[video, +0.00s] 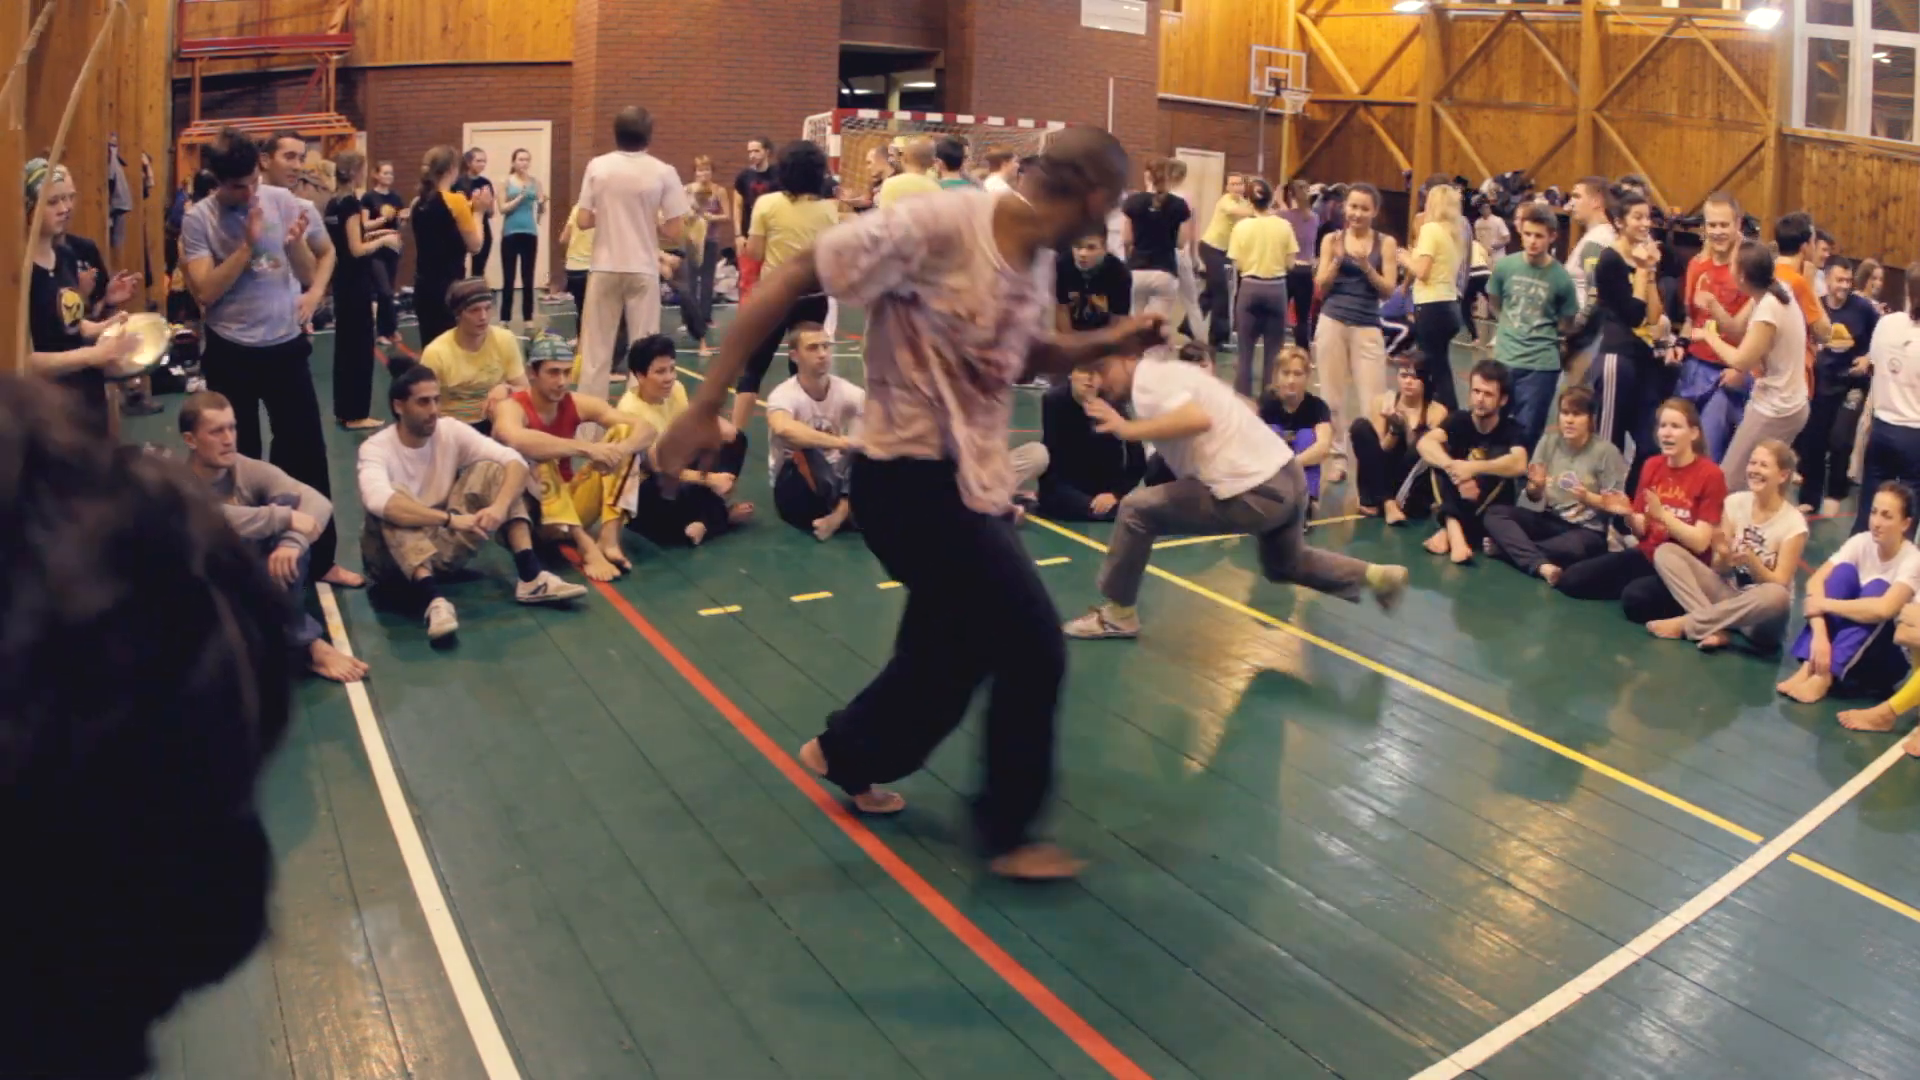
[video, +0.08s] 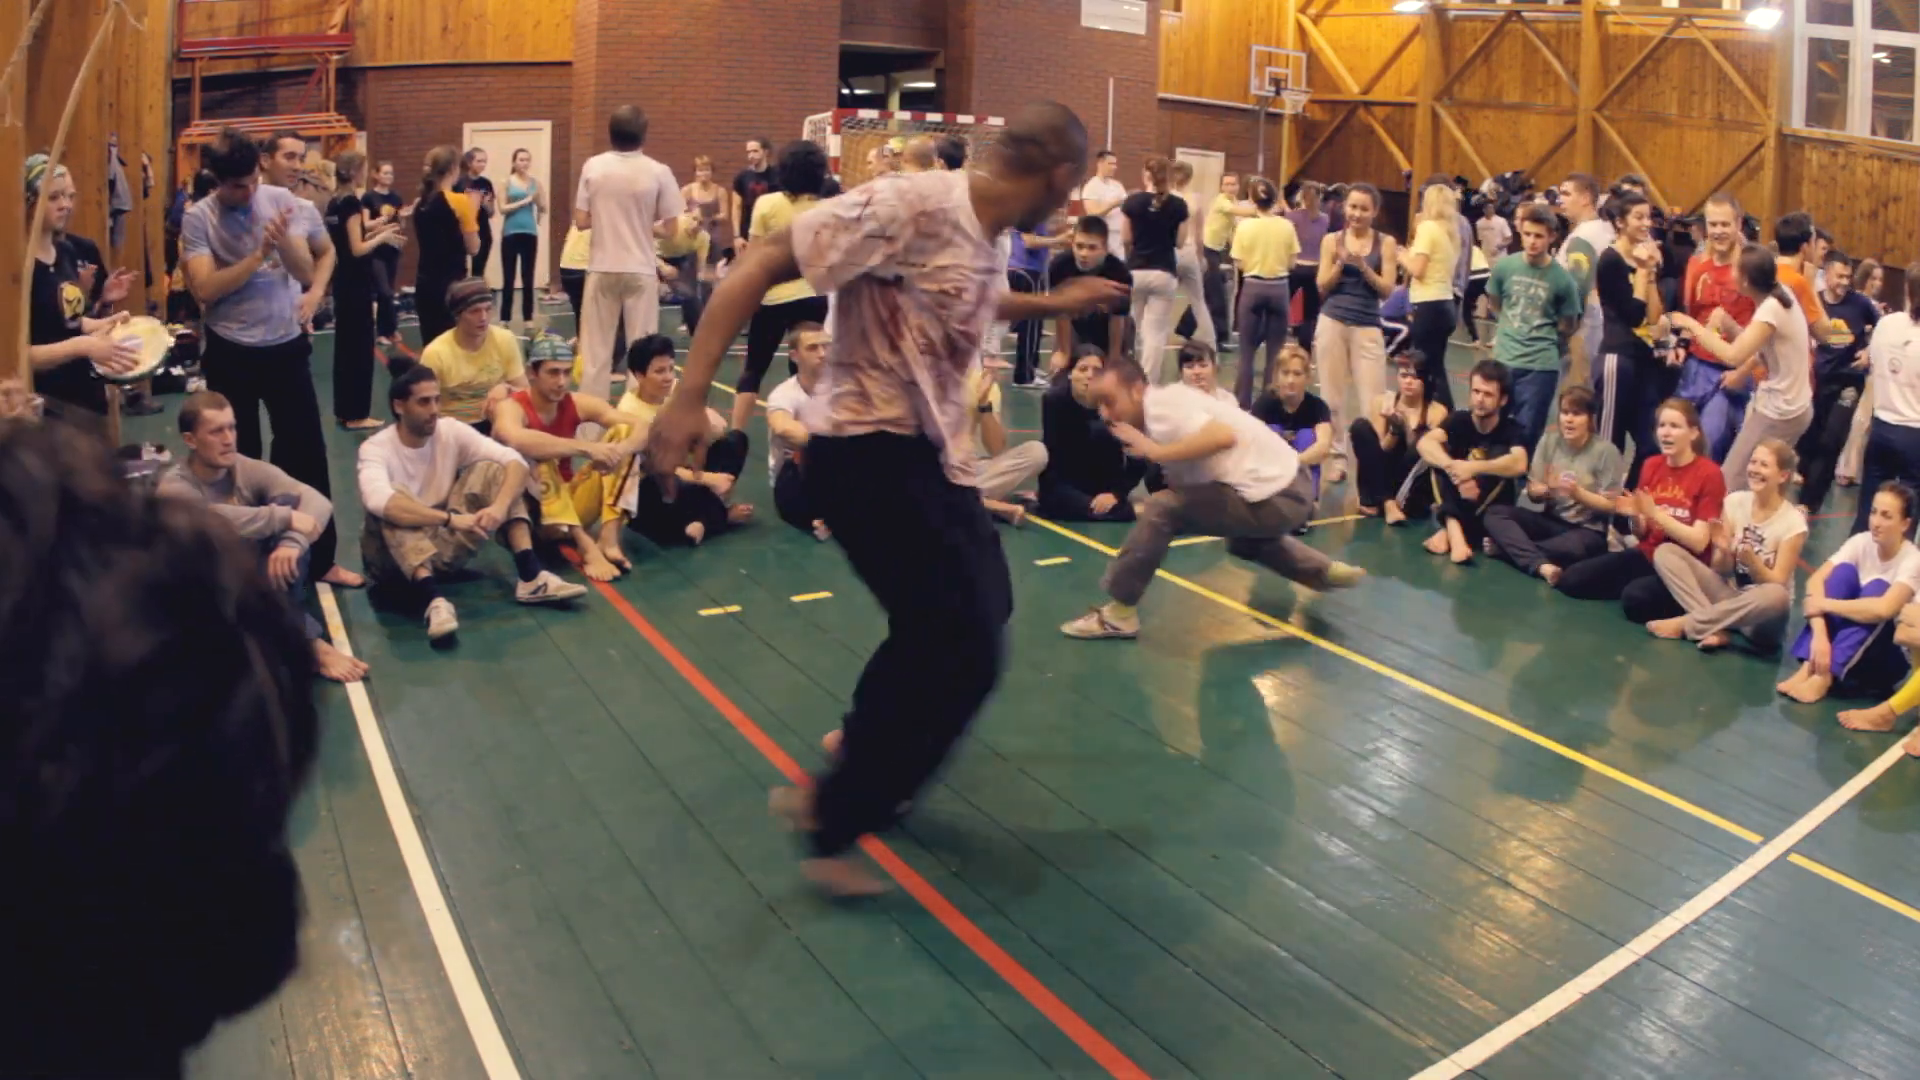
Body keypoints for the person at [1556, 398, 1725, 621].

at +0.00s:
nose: (1666, 433)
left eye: (1675, 426)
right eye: (1662, 426)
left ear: (1694, 433)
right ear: (1656, 430)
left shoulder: (1711, 475)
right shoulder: (1652, 465)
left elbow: (1700, 542)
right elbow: (1641, 529)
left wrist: (1662, 515)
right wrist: (1627, 511)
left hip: (1683, 566)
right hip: (1646, 555)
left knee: (1635, 600)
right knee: (1570, 582)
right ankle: (1636, 581)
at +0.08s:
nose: (1665, 433)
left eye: (1675, 426)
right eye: (1661, 426)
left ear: (1694, 433)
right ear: (1655, 430)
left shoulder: (1709, 473)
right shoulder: (1651, 465)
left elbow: (1699, 542)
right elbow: (1641, 533)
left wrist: (1655, 513)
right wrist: (1636, 514)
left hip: (1682, 565)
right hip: (1647, 555)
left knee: (1635, 600)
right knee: (1570, 581)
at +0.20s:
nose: (1664, 433)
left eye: (1674, 426)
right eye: (1661, 425)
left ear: (1693, 433)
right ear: (1654, 430)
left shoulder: (1709, 475)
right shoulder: (1650, 466)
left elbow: (1698, 542)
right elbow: (1640, 534)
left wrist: (1652, 516)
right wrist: (1638, 517)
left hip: (1683, 565)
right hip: (1647, 555)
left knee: (1635, 600)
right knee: (1570, 581)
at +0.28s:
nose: (1665, 433)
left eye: (1674, 426)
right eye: (1660, 426)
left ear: (1693, 432)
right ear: (1654, 430)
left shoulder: (1709, 474)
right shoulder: (1651, 466)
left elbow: (1699, 543)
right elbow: (1642, 532)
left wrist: (1658, 517)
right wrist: (1633, 514)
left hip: (1683, 565)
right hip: (1647, 555)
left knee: (1635, 600)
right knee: (1570, 581)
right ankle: (1636, 582)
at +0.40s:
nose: (1665, 433)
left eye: (1674, 426)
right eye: (1661, 426)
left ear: (1693, 431)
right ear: (1654, 430)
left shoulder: (1710, 473)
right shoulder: (1651, 465)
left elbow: (1698, 542)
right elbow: (1639, 533)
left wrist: (1651, 517)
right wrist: (1640, 515)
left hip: (1683, 565)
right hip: (1647, 555)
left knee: (1635, 600)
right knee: (1570, 581)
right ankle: (1636, 582)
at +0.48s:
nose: (1666, 433)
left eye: (1675, 426)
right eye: (1661, 426)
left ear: (1694, 431)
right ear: (1655, 431)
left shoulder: (1710, 474)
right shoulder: (1652, 465)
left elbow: (1698, 543)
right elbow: (1639, 533)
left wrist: (1654, 517)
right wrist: (1641, 517)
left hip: (1683, 566)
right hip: (1646, 555)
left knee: (1635, 601)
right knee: (1570, 581)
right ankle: (1636, 582)